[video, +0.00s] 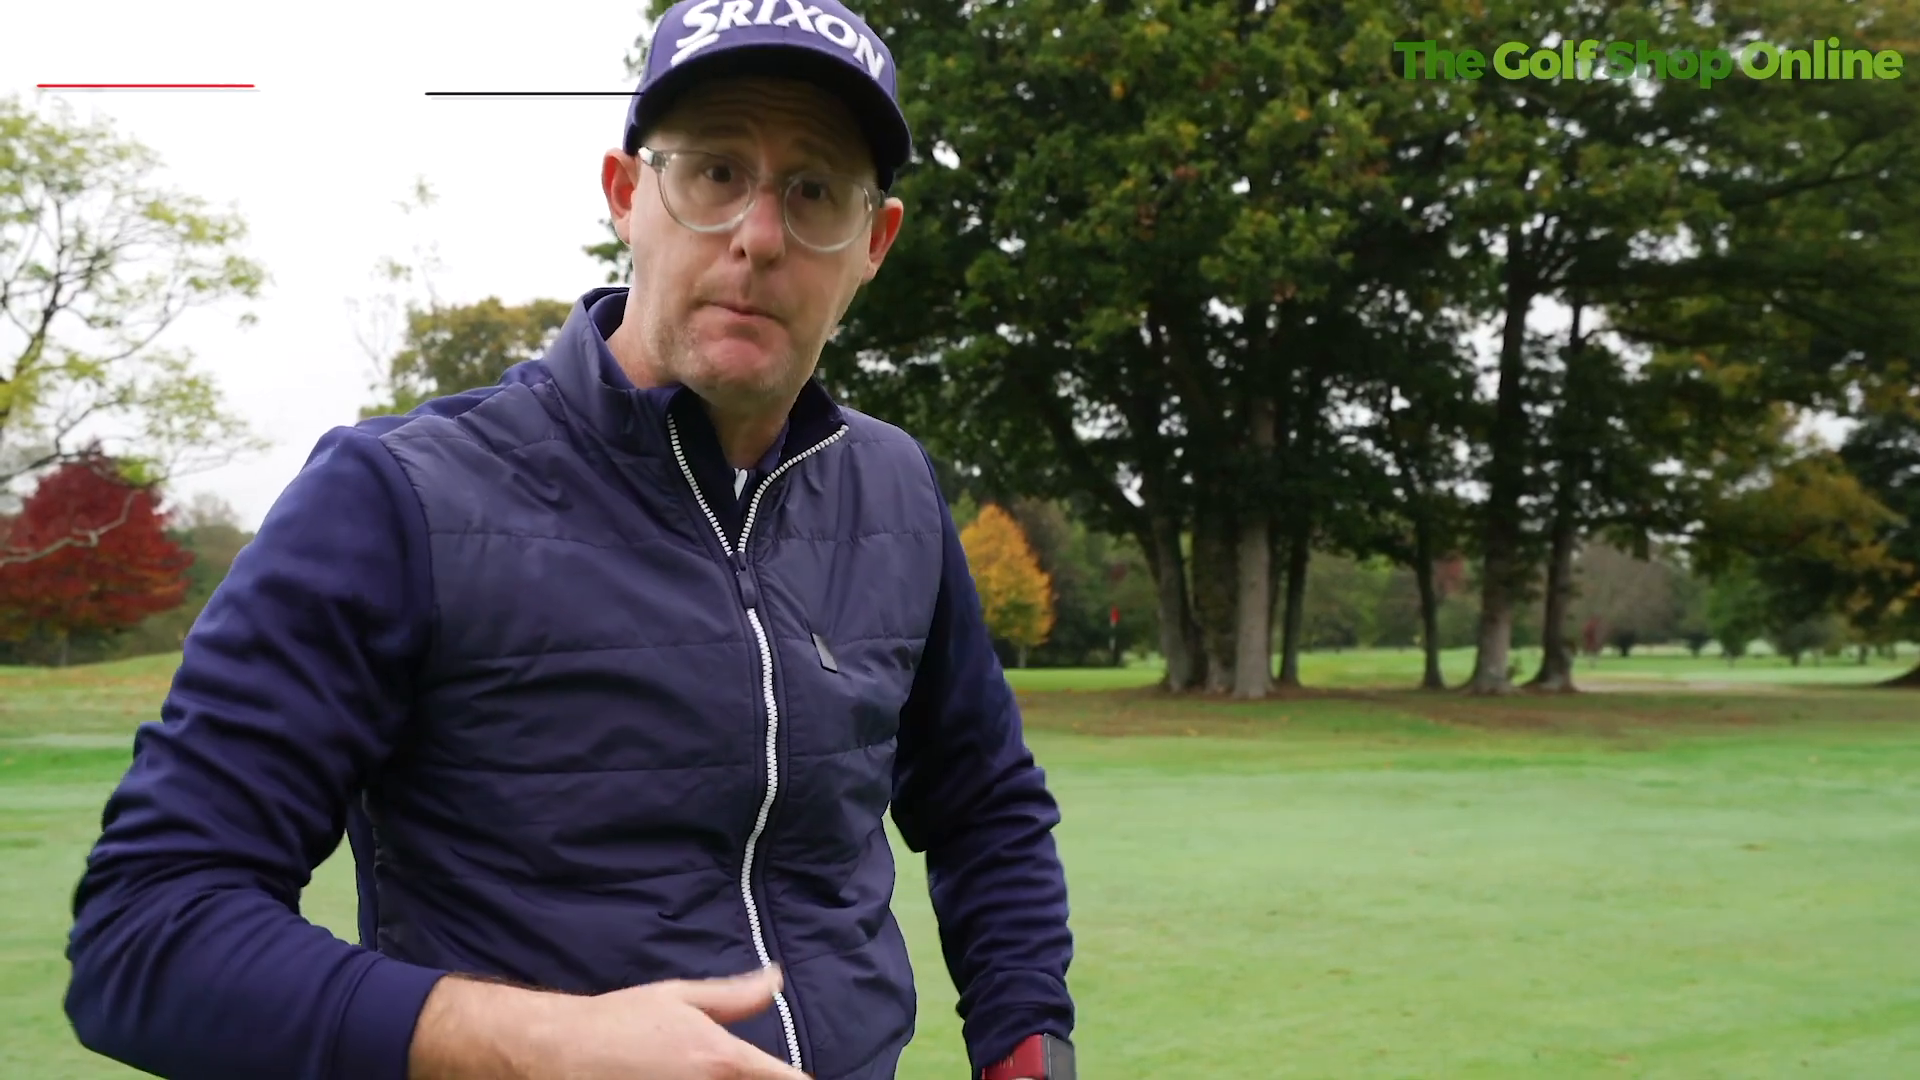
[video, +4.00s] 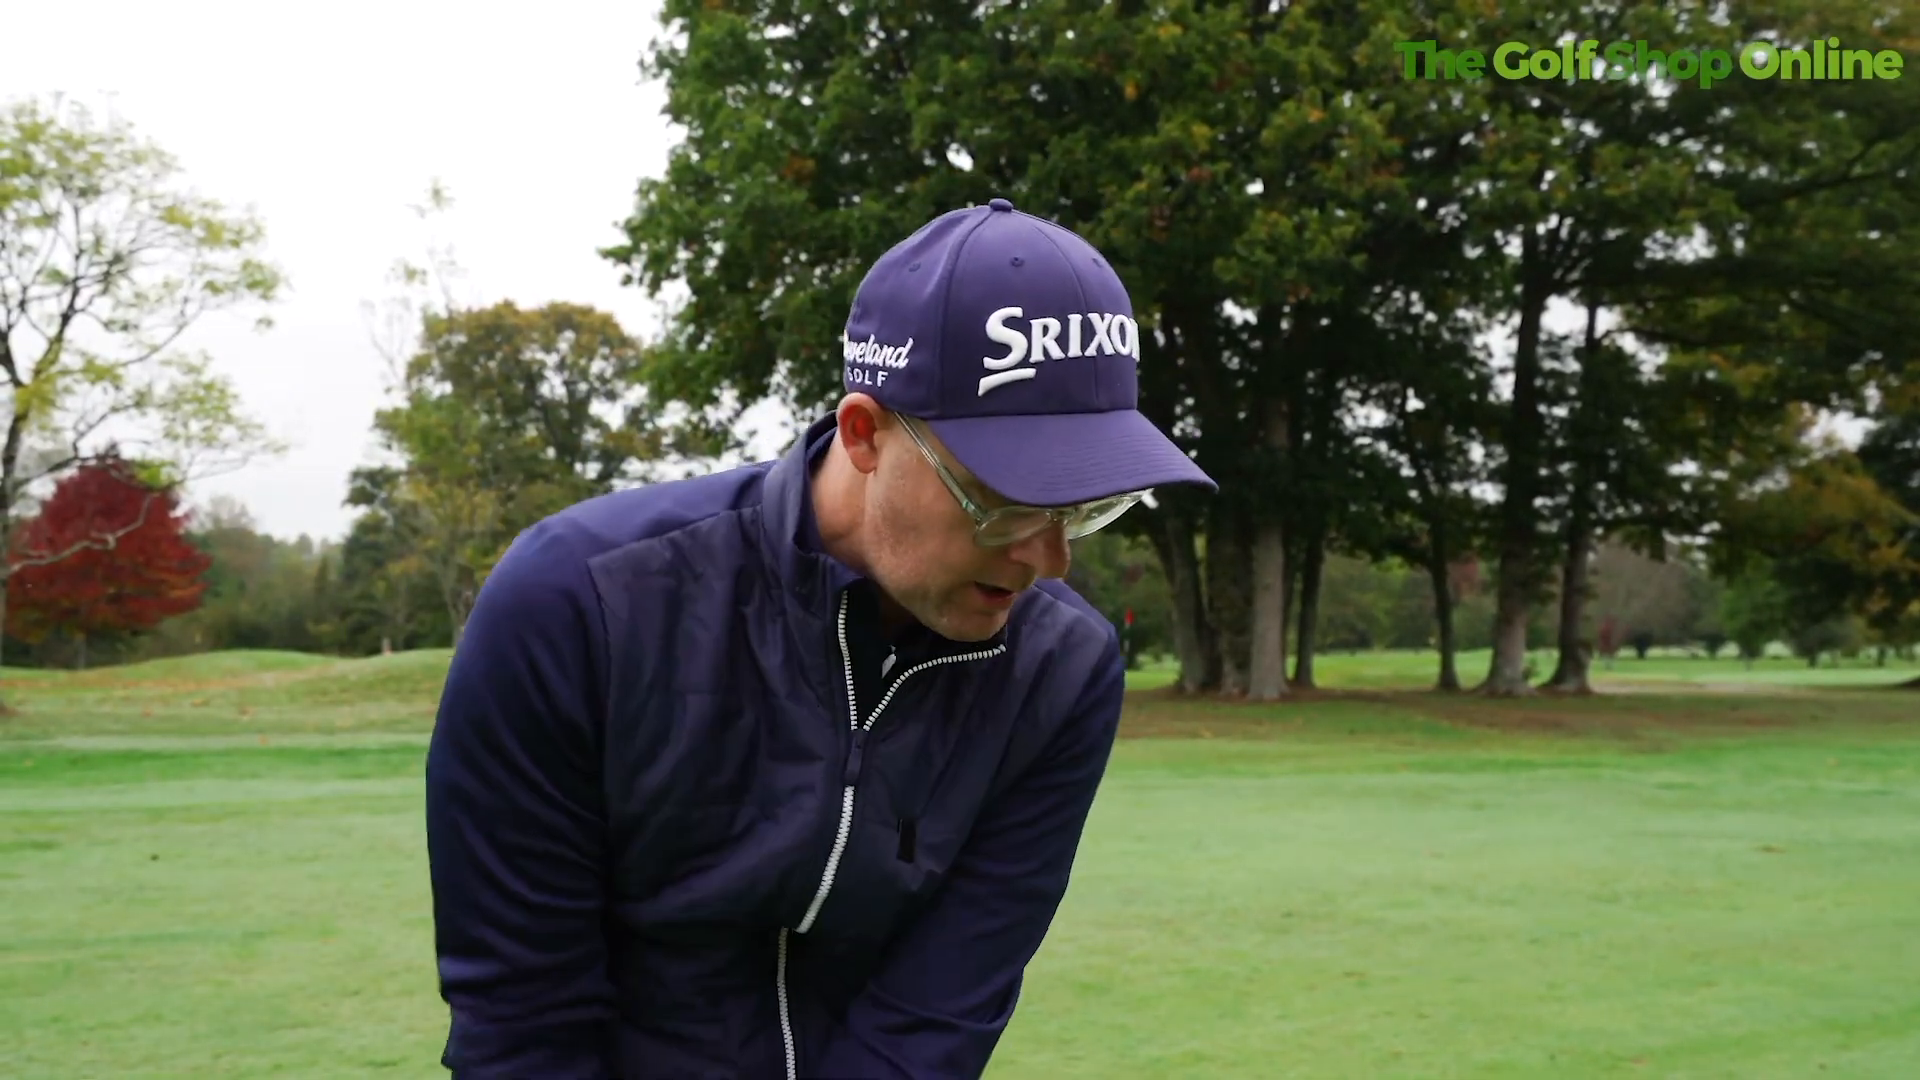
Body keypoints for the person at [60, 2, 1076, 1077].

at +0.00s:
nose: (757, 234)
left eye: (812, 190)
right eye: (717, 171)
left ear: (872, 247)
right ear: (624, 195)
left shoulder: (890, 494)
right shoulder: (405, 496)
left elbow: (989, 812)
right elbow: (146, 930)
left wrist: (1024, 1052)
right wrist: (532, 1037)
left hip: (853, 1061)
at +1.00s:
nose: (784, 235)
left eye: (837, 181)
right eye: (738, 161)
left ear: (887, 224)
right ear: (631, 169)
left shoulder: (898, 473)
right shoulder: (402, 513)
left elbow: (839, 821)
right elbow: (259, 968)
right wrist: (564, 1061)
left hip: (859, 1056)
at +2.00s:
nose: (743, 220)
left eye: (790, 172)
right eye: (695, 155)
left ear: (832, 213)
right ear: (587, 168)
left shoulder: (854, 443)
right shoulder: (401, 459)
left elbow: (915, 742)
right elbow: (159, 867)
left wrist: (952, 993)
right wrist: (620, 968)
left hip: (831, 1056)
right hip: (525, 1054)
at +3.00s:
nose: (985, 408)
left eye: (1012, 355)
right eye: (938, 351)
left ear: (1038, 334)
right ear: (795, 311)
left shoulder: (971, 534)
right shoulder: (588, 602)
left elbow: (948, 907)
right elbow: (624, 1041)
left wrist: (944, 1063)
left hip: (862, 1041)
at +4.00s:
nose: (1046, 557)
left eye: (1076, 504)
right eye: (1004, 500)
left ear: (1108, 473)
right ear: (863, 437)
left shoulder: (1064, 668)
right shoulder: (573, 602)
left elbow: (930, 1034)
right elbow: (520, 1024)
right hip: (615, 1056)